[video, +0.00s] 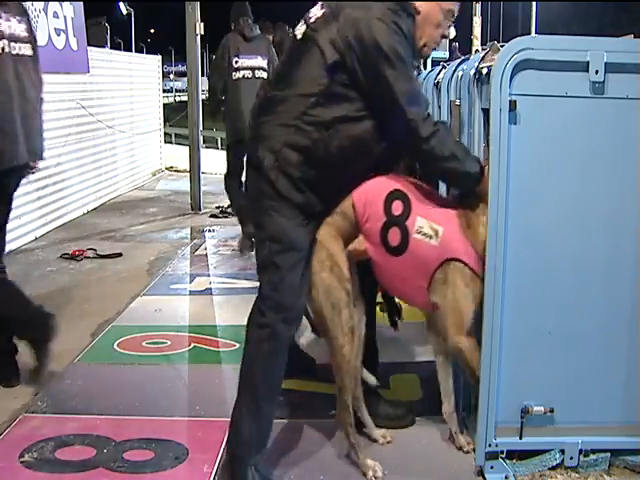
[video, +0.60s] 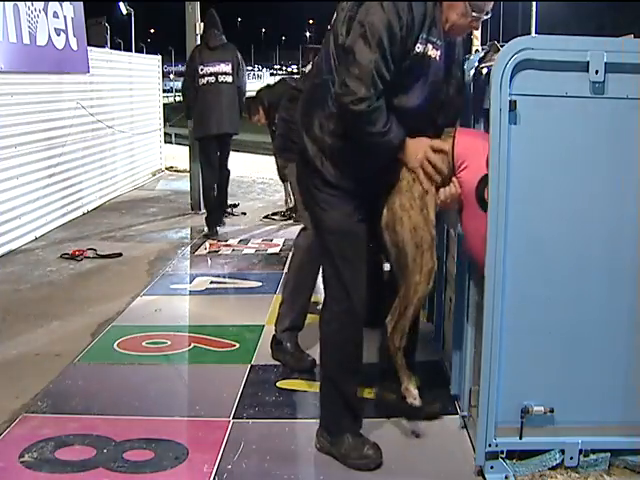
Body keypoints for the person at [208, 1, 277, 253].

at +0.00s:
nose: (237, 25)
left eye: (235, 22)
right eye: (242, 20)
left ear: (235, 21)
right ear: (251, 19)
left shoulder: (228, 43)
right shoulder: (266, 43)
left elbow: (217, 80)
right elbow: (277, 76)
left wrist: (216, 104)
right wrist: (272, 100)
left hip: (238, 122)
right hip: (262, 121)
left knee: (232, 177)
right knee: (257, 178)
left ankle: (247, 224)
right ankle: (252, 231)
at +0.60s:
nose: (209, 35)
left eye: (206, 31)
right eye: (214, 32)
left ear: (204, 31)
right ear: (221, 30)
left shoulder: (196, 54)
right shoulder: (233, 52)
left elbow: (188, 87)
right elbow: (242, 85)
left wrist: (190, 112)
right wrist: (240, 108)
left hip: (205, 120)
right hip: (228, 118)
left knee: (208, 169)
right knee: (223, 166)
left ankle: (213, 222)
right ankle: (220, 211)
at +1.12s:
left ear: (204, 81)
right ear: (218, 84)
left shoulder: (193, 90)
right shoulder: (220, 94)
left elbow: (181, 117)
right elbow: (227, 125)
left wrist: (183, 139)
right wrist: (229, 152)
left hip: (189, 130)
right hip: (212, 130)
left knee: (192, 167)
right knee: (222, 169)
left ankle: (191, 209)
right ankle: (217, 211)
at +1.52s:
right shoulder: (220, 129)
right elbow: (222, 166)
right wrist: (223, 200)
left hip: (179, 126)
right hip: (200, 128)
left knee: (187, 168)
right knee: (219, 166)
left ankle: (191, 210)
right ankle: (214, 212)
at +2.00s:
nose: (235, 68)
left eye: (235, 65)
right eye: (235, 65)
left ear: (219, 60)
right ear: (230, 62)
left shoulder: (204, 72)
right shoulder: (225, 73)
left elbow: (197, 98)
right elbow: (225, 99)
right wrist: (227, 114)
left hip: (189, 123)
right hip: (205, 125)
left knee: (194, 169)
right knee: (217, 167)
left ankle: (192, 209)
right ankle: (215, 209)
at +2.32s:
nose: (239, 49)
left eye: (239, 45)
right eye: (237, 45)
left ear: (225, 45)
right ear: (231, 45)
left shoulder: (213, 61)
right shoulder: (226, 61)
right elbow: (227, 87)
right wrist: (241, 83)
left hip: (205, 118)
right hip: (215, 120)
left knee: (215, 163)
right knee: (219, 164)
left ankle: (210, 201)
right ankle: (215, 206)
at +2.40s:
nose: (240, 45)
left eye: (240, 41)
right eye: (238, 42)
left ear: (228, 42)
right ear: (231, 42)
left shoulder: (219, 57)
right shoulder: (226, 59)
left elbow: (225, 85)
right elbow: (229, 87)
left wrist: (238, 84)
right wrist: (242, 83)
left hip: (212, 119)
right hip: (215, 120)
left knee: (219, 164)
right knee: (219, 165)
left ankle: (218, 198)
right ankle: (215, 206)